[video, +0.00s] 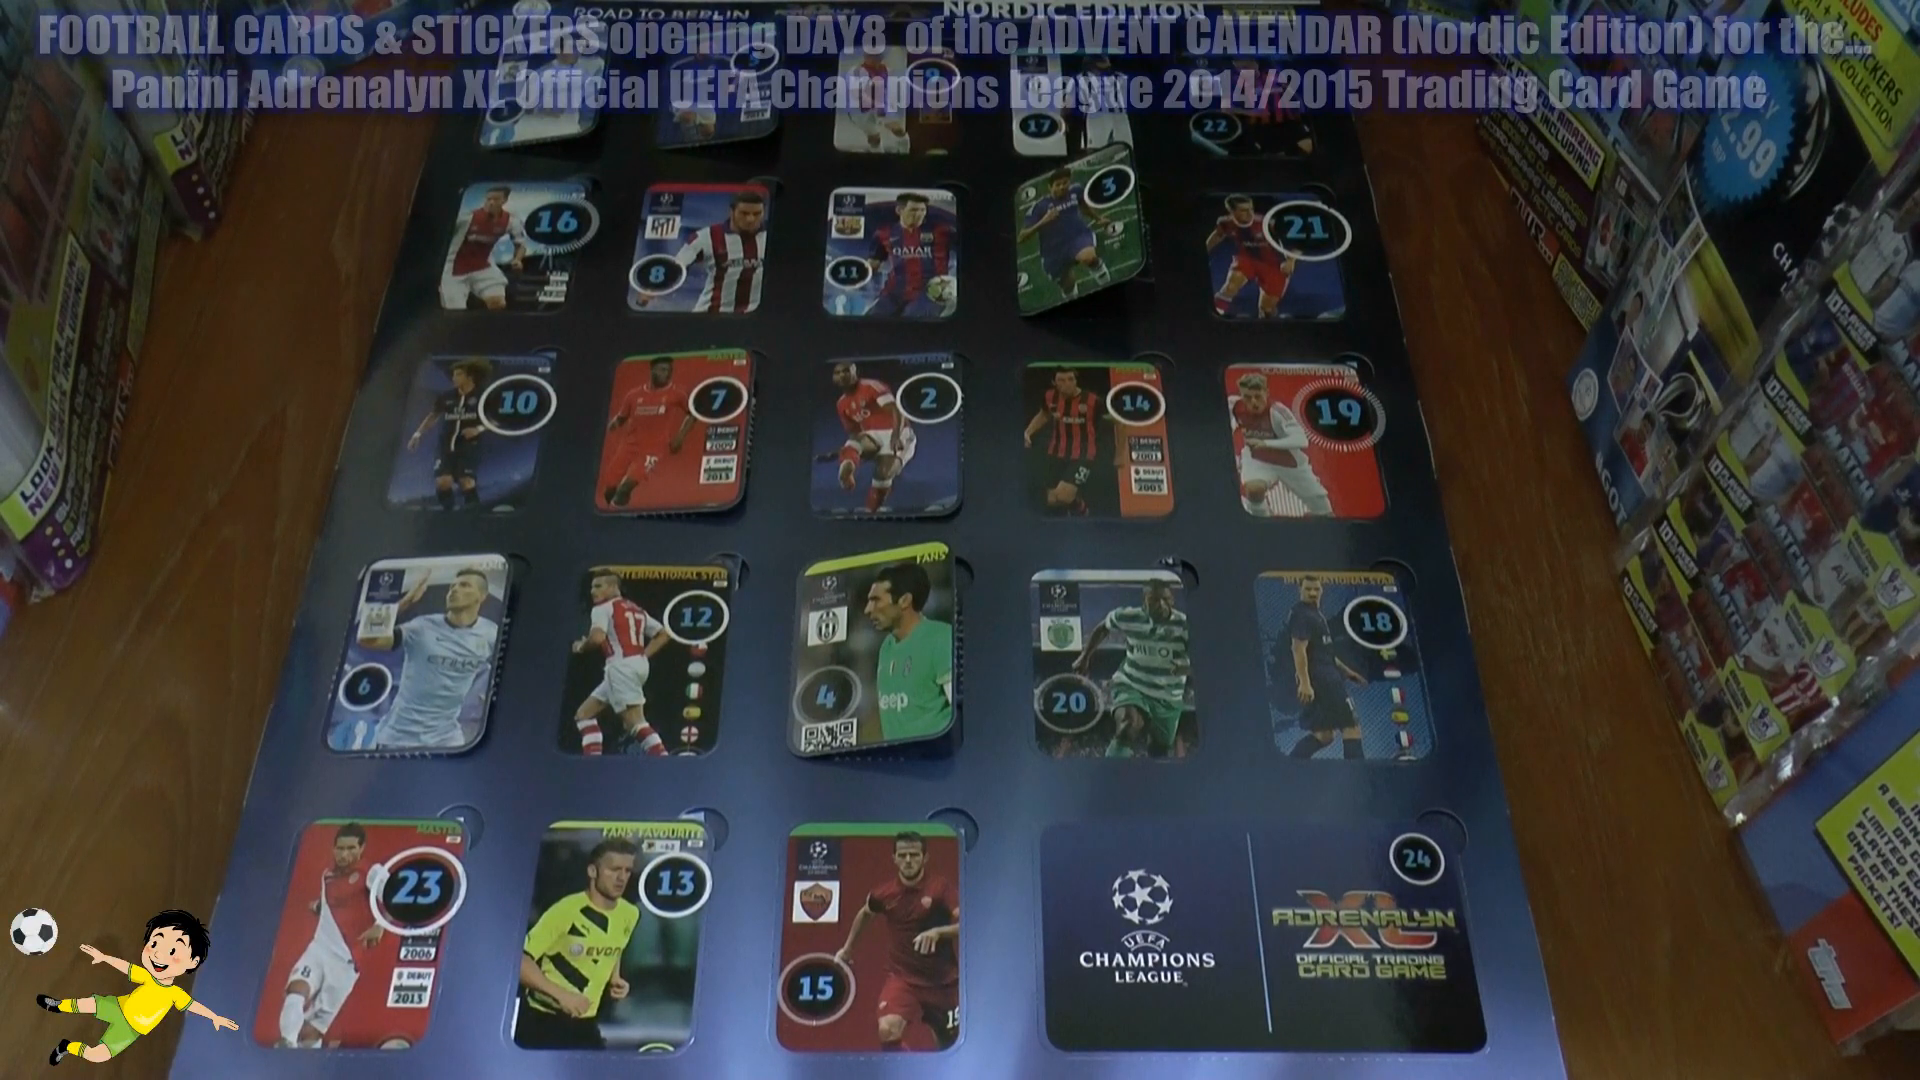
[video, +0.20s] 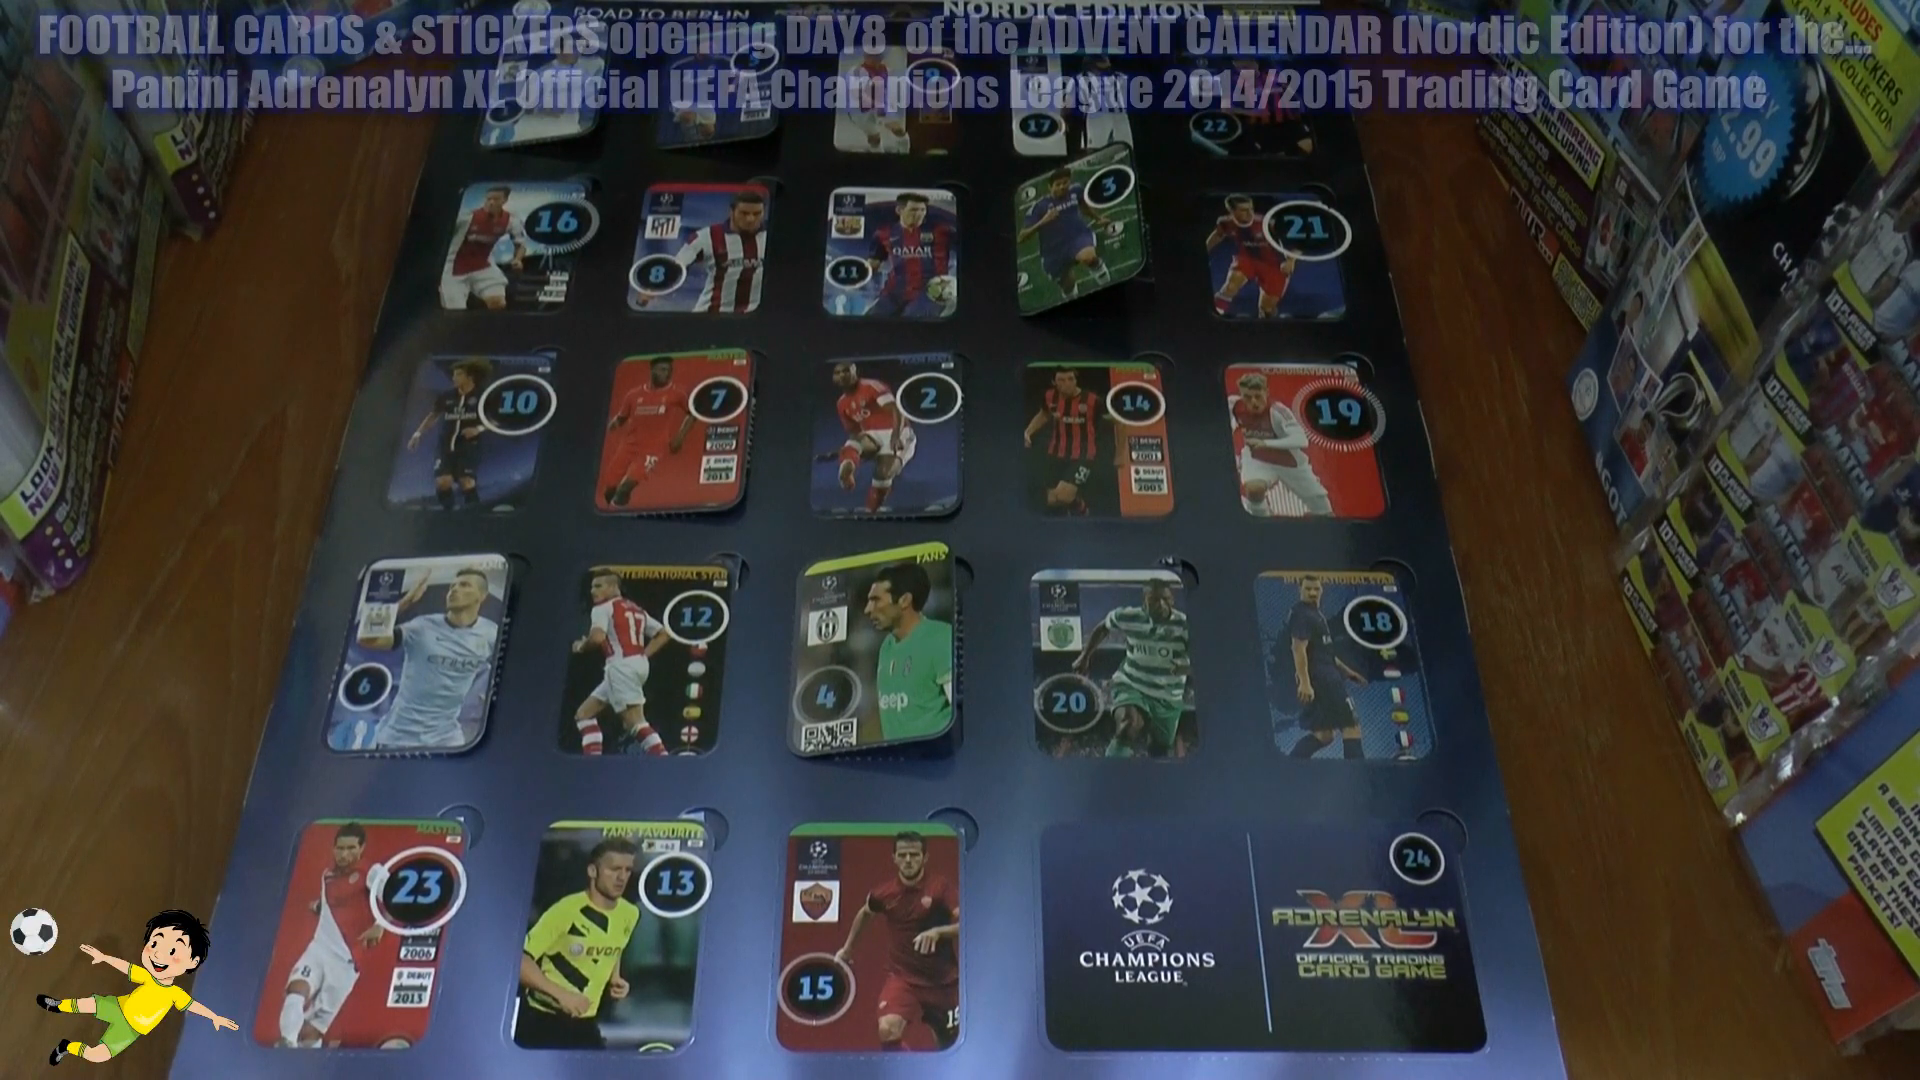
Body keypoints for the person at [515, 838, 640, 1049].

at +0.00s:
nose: (622, 878)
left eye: (627, 871)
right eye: (615, 869)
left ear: (631, 874)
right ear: (593, 871)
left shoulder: (629, 914)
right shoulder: (567, 909)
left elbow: (615, 951)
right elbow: (520, 961)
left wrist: (615, 977)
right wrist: (560, 994)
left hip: (585, 1026)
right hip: (541, 1023)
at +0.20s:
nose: (622, 877)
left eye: (627, 870)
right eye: (615, 869)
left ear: (631, 873)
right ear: (593, 871)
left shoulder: (629, 914)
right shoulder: (567, 909)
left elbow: (615, 951)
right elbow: (520, 960)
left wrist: (615, 977)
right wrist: (561, 994)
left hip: (585, 1026)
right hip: (541, 1023)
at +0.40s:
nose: (622, 877)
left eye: (627, 870)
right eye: (615, 868)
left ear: (631, 873)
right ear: (593, 871)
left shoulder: (630, 914)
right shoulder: (567, 908)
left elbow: (615, 951)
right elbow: (520, 960)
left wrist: (615, 977)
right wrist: (561, 994)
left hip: (585, 1025)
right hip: (541, 1022)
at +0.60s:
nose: (622, 878)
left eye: (627, 871)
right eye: (615, 869)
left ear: (631, 874)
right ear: (593, 871)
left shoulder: (629, 914)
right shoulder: (567, 909)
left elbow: (615, 951)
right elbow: (520, 961)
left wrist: (615, 978)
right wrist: (560, 994)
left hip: (585, 1026)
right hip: (541, 1023)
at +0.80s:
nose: (622, 878)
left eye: (627, 872)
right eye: (615, 870)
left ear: (631, 875)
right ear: (593, 872)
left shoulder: (629, 915)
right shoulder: (567, 910)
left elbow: (615, 952)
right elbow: (520, 961)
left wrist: (615, 978)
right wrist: (560, 995)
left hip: (585, 1027)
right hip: (541, 1024)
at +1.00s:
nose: (622, 879)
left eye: (627, 873)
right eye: (615, 871)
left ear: (631, 876)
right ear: (592, 873)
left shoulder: (629, 916)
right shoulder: (567, 911)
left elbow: (615, 953)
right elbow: (520, 962)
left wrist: (615, 979)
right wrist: (560, 996)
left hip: (585, 1028)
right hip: (541, 1025)